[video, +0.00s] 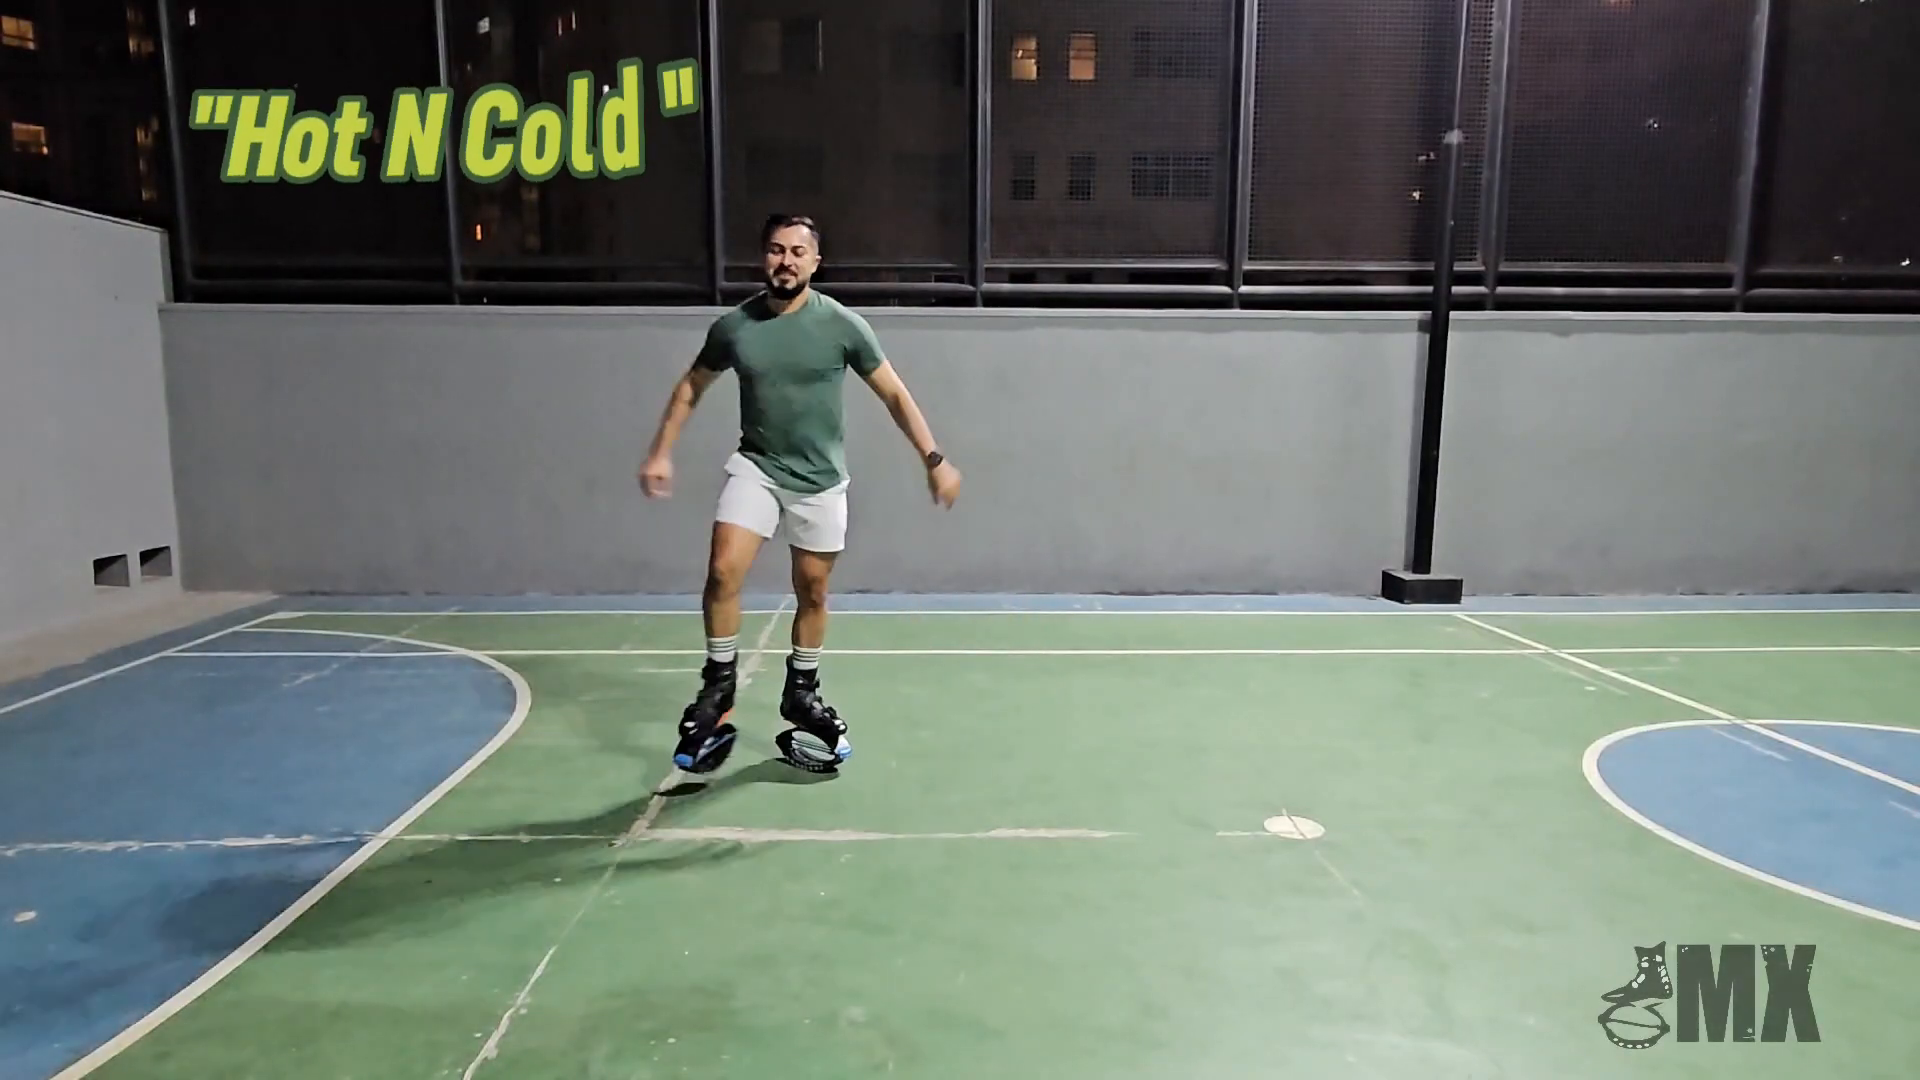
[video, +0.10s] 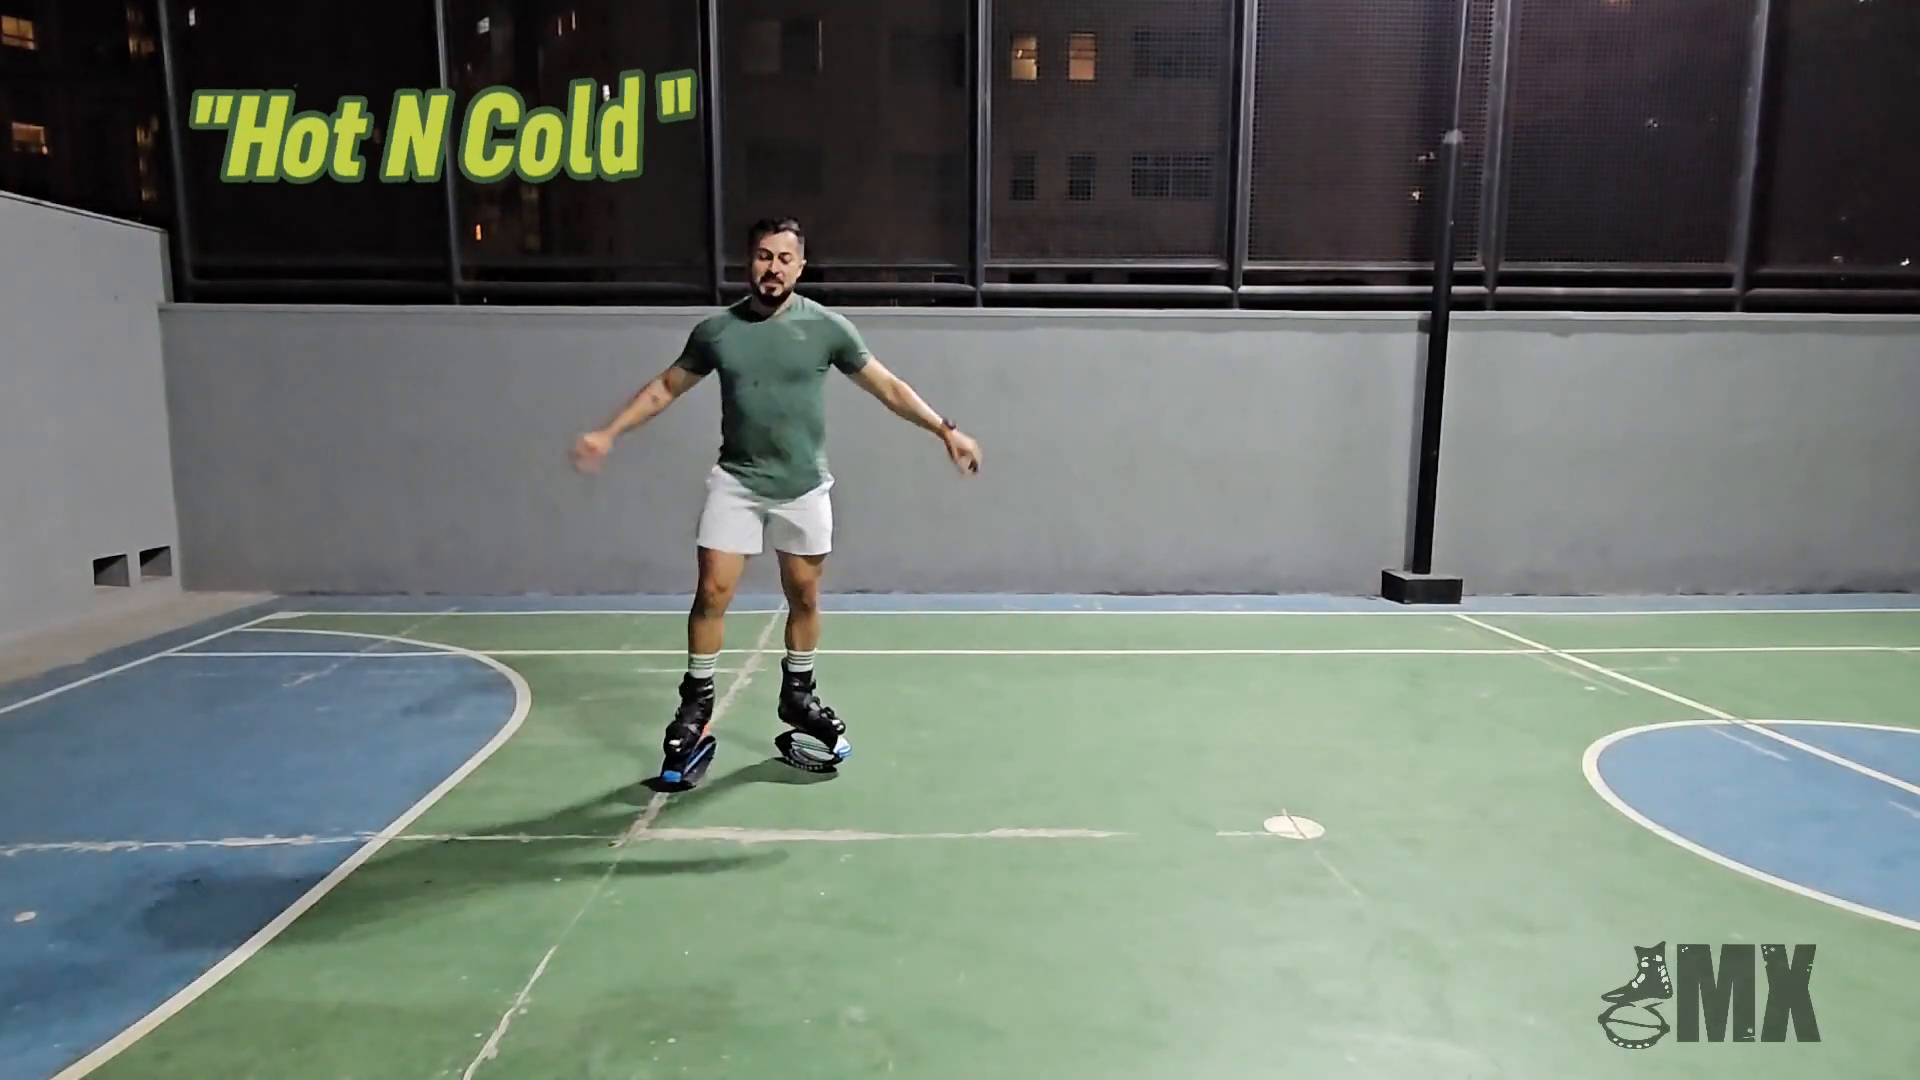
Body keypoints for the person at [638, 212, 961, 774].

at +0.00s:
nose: (785, 261)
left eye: (797, 252)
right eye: (776, 250)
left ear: (816, 261)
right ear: (763, 258)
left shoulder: (844, 326)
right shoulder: (732, 329)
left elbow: (895, 395)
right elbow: (691, 387)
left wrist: (934, 459)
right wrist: (660, 452)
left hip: (821, 478)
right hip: (755, 468)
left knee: (813, 590)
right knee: (722, 571)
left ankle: (801, 694)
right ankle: (718, 687)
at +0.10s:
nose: (771, 268)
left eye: (784, 258)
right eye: (763, 256)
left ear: (801, 267)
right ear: (750, 261)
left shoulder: (828, 328)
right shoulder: (717, 332)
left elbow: (890, 389)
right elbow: (664, 389)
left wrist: (946, 430)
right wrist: (608, 432)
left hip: (803, 485)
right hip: (736, 481)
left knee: (805, 593)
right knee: (712, 592)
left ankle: (798, 696)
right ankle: (696, 705)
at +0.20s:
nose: (761, 271)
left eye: (773, 263)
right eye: (753, 259)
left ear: (788, 274)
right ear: (736, 264)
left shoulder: (808, 335)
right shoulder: (698, 335)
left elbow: (872, 396)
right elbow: (644, 399)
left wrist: (931, 411)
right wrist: (575, 411)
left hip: (785, 486)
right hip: (717, 485)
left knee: (803, 598)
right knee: (705, 595)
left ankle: (802, 696)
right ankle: (693, 715)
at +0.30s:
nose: (750, 271)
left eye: (764, 264)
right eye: (743, 257)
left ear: (781, 274)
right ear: (728, 259)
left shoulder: (796, 334)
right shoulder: (685, 329)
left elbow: (848, 406)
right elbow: (645, 402)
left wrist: (885, 400)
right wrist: (593, 395)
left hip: (774, 475)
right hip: (705, 479)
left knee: (796, 578)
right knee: (698, 591)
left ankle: (794, 682)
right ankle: (694, 714)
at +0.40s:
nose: (745, 267)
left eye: (760, 263)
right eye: (741, 254)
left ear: (776, 276)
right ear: (727, 255)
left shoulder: (792, 331)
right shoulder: (679, 324)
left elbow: (826, 415)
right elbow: (651, 404)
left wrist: (822, 393)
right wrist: (637, 387)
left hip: (768, 469)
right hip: (701, 475)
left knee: (787, 565)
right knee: (692, 587)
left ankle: (775, 676)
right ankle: (689, 713)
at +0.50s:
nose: (746, 269)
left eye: (760, 267)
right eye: (743, 256)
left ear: (775, 281)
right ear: (728, 257)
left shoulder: (791, 335)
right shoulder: (681, 324)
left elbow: (801, 413)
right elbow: (652, 402)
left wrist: (766, 393)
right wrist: (683, 390)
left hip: (766, 473)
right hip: (700, 477)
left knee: (776, 576)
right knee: (690, 589)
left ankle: (759, 686)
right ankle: (689, 709)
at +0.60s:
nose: (747, 275)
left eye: (763, 273)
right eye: (745, 262)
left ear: (777, 288)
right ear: (731, 264)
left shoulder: (794, 343)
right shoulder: (684, 329)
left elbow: (785, 422)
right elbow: (657, 406)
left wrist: (741, 388)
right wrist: (705, 400)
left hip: (770, 488)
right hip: (705, 486)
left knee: (771, 602)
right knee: (695, 596)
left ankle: (744, 716)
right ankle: (691, 717)